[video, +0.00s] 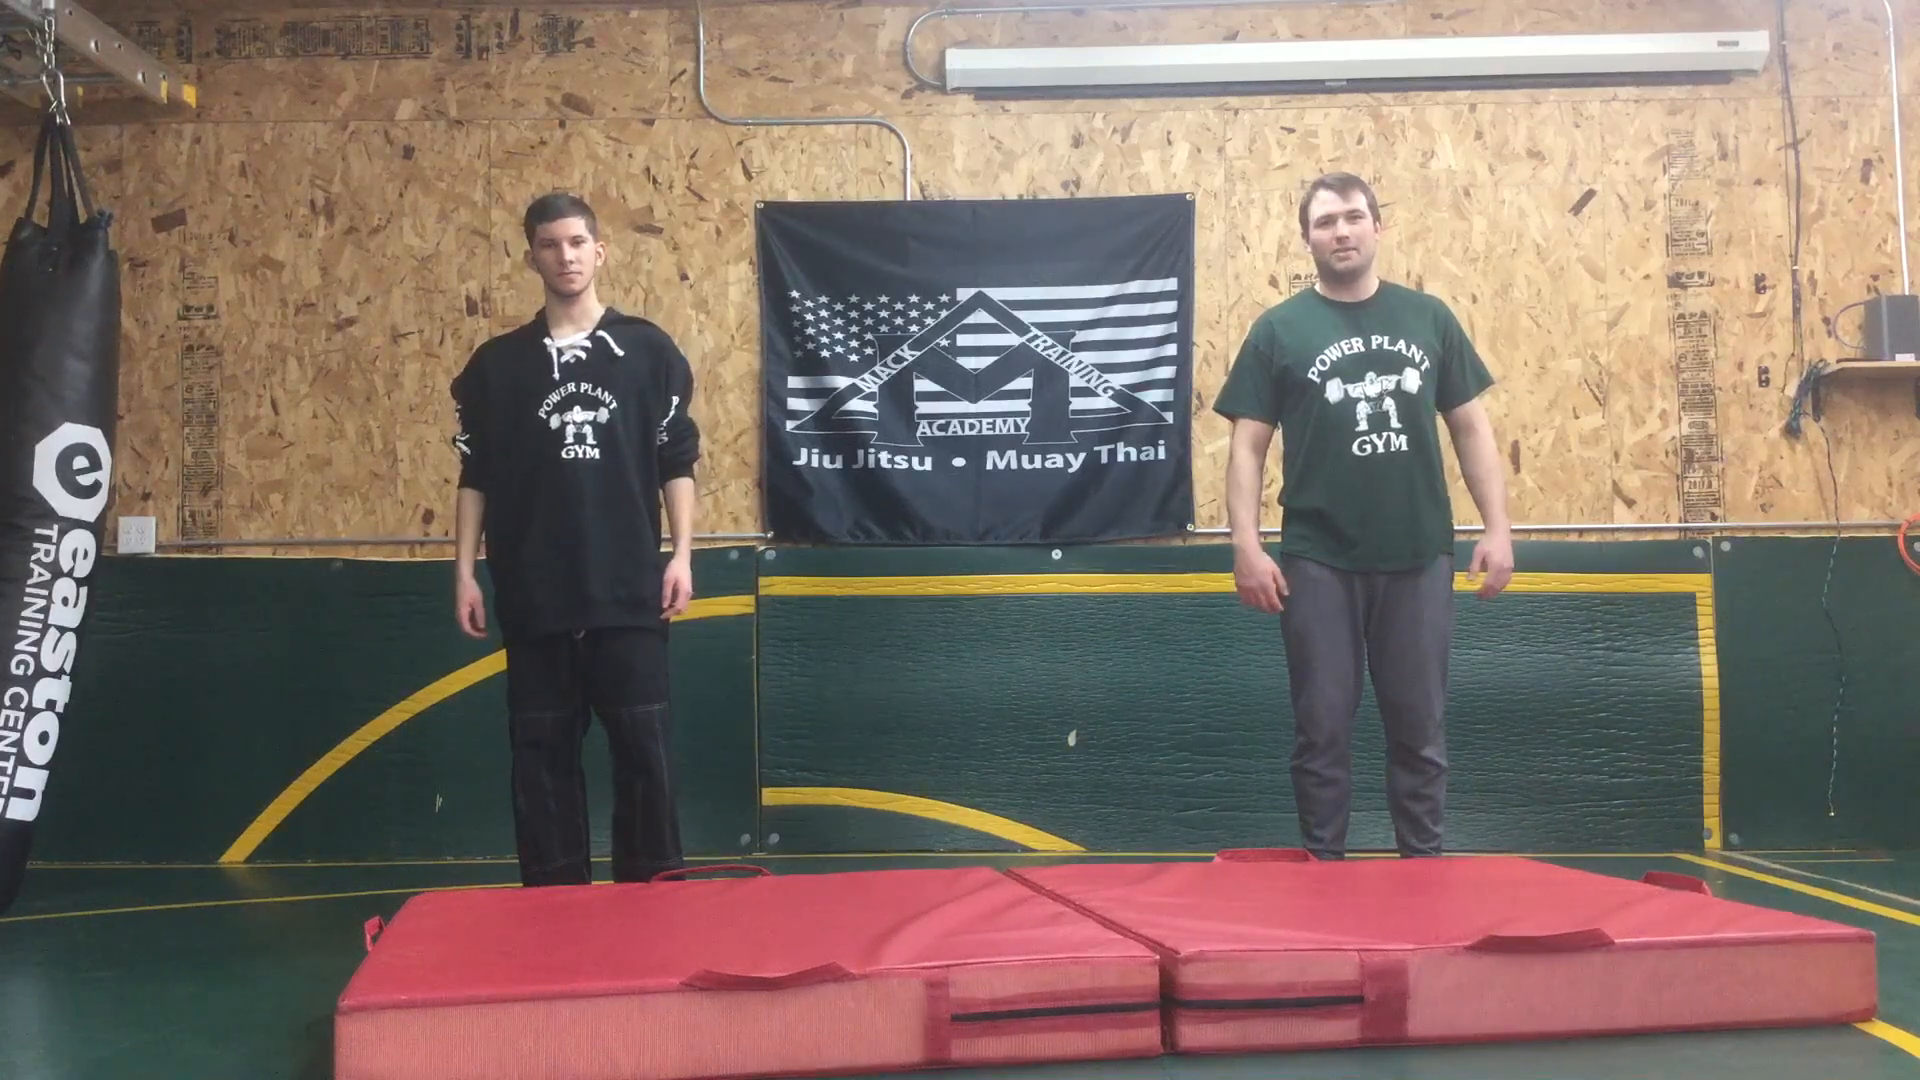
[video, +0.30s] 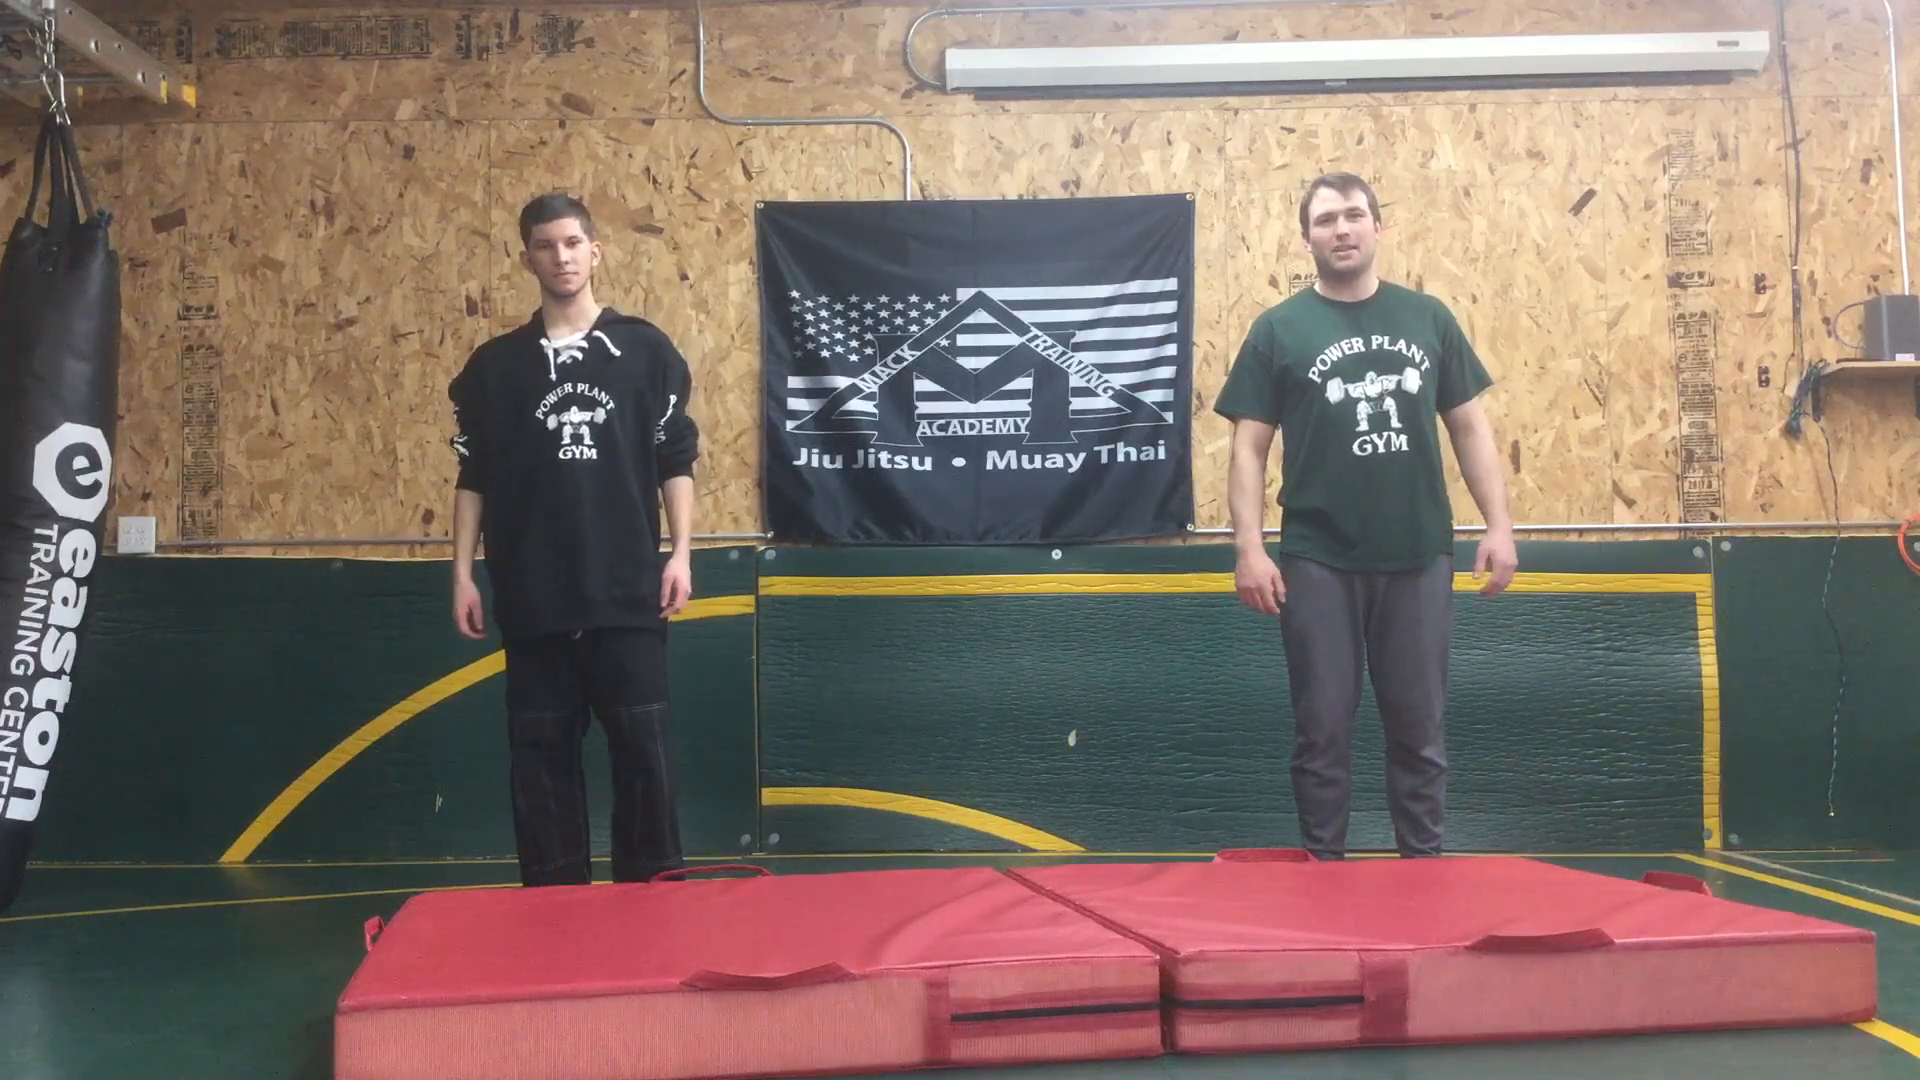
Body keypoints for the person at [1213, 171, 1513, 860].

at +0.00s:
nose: (1342, 231)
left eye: (1353, 218)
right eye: (1326, 222)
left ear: (1377, 228)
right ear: (1307, 239)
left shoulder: (1428, 318)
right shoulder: (1278, 331)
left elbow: (1469, 426)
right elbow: (1247, 445)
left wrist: (1498, 527)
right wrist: (1246, 546)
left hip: (1418, 555)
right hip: (1317, 557)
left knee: (1419, 727)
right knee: (1322, 726)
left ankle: (1423, 869)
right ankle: (1323, 870)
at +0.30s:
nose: (1342, 228)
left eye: (1353, 215)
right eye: (1326, 220)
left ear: (1378, 227)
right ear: (1307, 239)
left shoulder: (1427, 318)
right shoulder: (1278, 330)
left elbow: (1468, 426)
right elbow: (1249, 447)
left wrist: (1499, 525)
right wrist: (1249, 548)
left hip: (1417, 555)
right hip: (1317, 557)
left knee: (1419, 728)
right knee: (1323, 726)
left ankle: (1423, 871)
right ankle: (1323, 873)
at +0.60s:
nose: (1342, 228)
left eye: (1353, 215)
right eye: (1326, 220)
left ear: (1377, 227)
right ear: (1307, 239)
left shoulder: (1427, 318)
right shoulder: (1278, 330)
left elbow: (1468, 425)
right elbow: (1247, 445)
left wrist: (1498, 526)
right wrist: (1246, 544)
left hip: (1417, 553)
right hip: (1317, 556)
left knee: (1419, 727)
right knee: (1322, 726)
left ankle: (1423, 870)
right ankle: (1324, 872)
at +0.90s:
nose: (1341, 228)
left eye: (1352, 215)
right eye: (1325, 220)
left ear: (1377, 228)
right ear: (1306, 239)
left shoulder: (1426, 317)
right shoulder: (1279, 330)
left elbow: (1468, 425)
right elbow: (1248, 447)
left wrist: (1499, 525)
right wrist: (1249, 547)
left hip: (1417, 554)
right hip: (1317, 556)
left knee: (1419, 725)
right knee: (1322, 724)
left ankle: (1423, 869)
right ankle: (1323, 871)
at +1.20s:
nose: (1337, 229)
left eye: (1349, 216)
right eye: (1322, 221)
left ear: (1376, 228)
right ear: (1305, 240)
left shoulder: (1428, 318)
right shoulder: (1278, 330)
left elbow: (1468, 425)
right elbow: (1248, 446)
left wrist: (1498, 526)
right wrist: (1248, 545)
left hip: (1417, 554)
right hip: (1317, 557)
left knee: (1419, 727)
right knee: (1322, 726)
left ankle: (1423, 870)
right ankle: (1323, 871)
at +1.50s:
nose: (1336, 230)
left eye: (1348, 217)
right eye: (1320, 222)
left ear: (1376, 229)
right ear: (1304, 241)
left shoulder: (1428, 318)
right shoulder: (1278, 331)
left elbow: (1468, 426)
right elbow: (1249, 446)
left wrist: (1497, 525)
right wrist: (1249, 547)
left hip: (1417, 555)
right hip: (1317, 557)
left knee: (1419, 726)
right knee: (1322, 725)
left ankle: (1423, 870)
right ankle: (1324, 871)